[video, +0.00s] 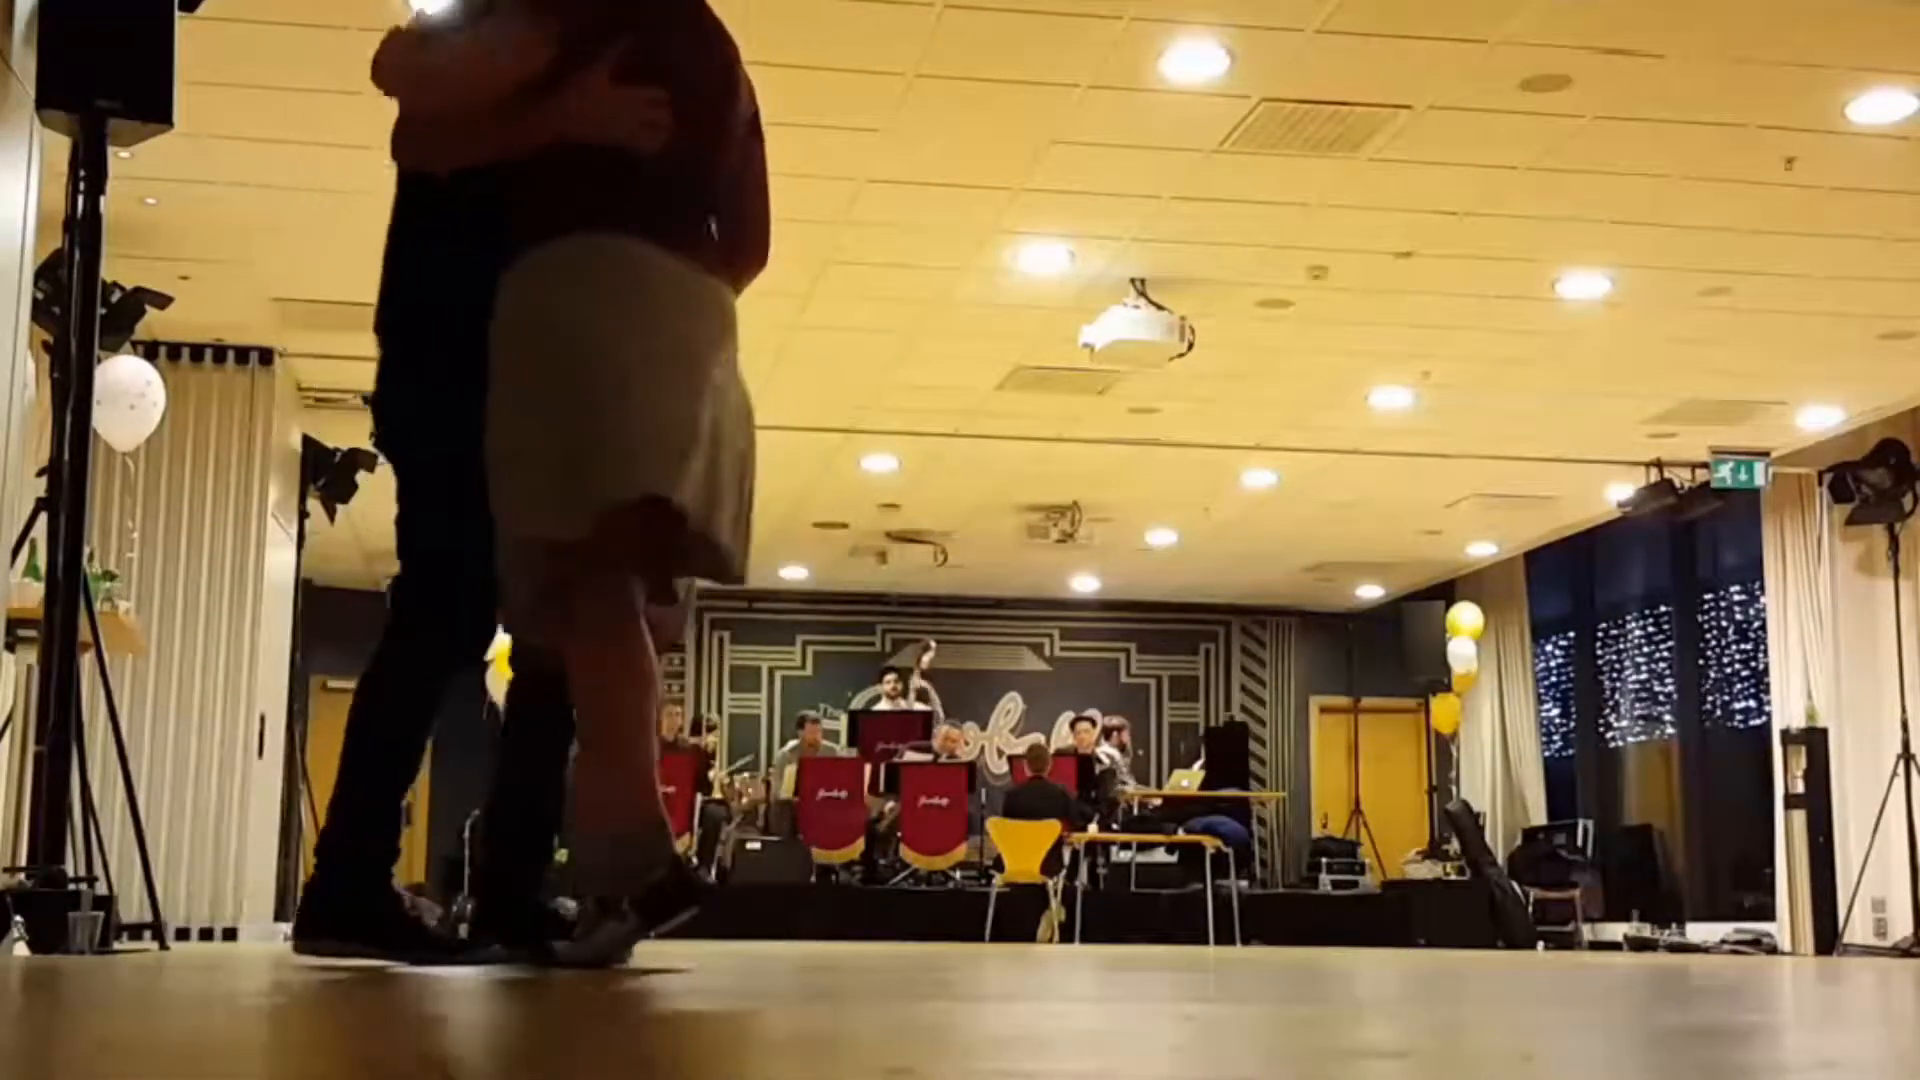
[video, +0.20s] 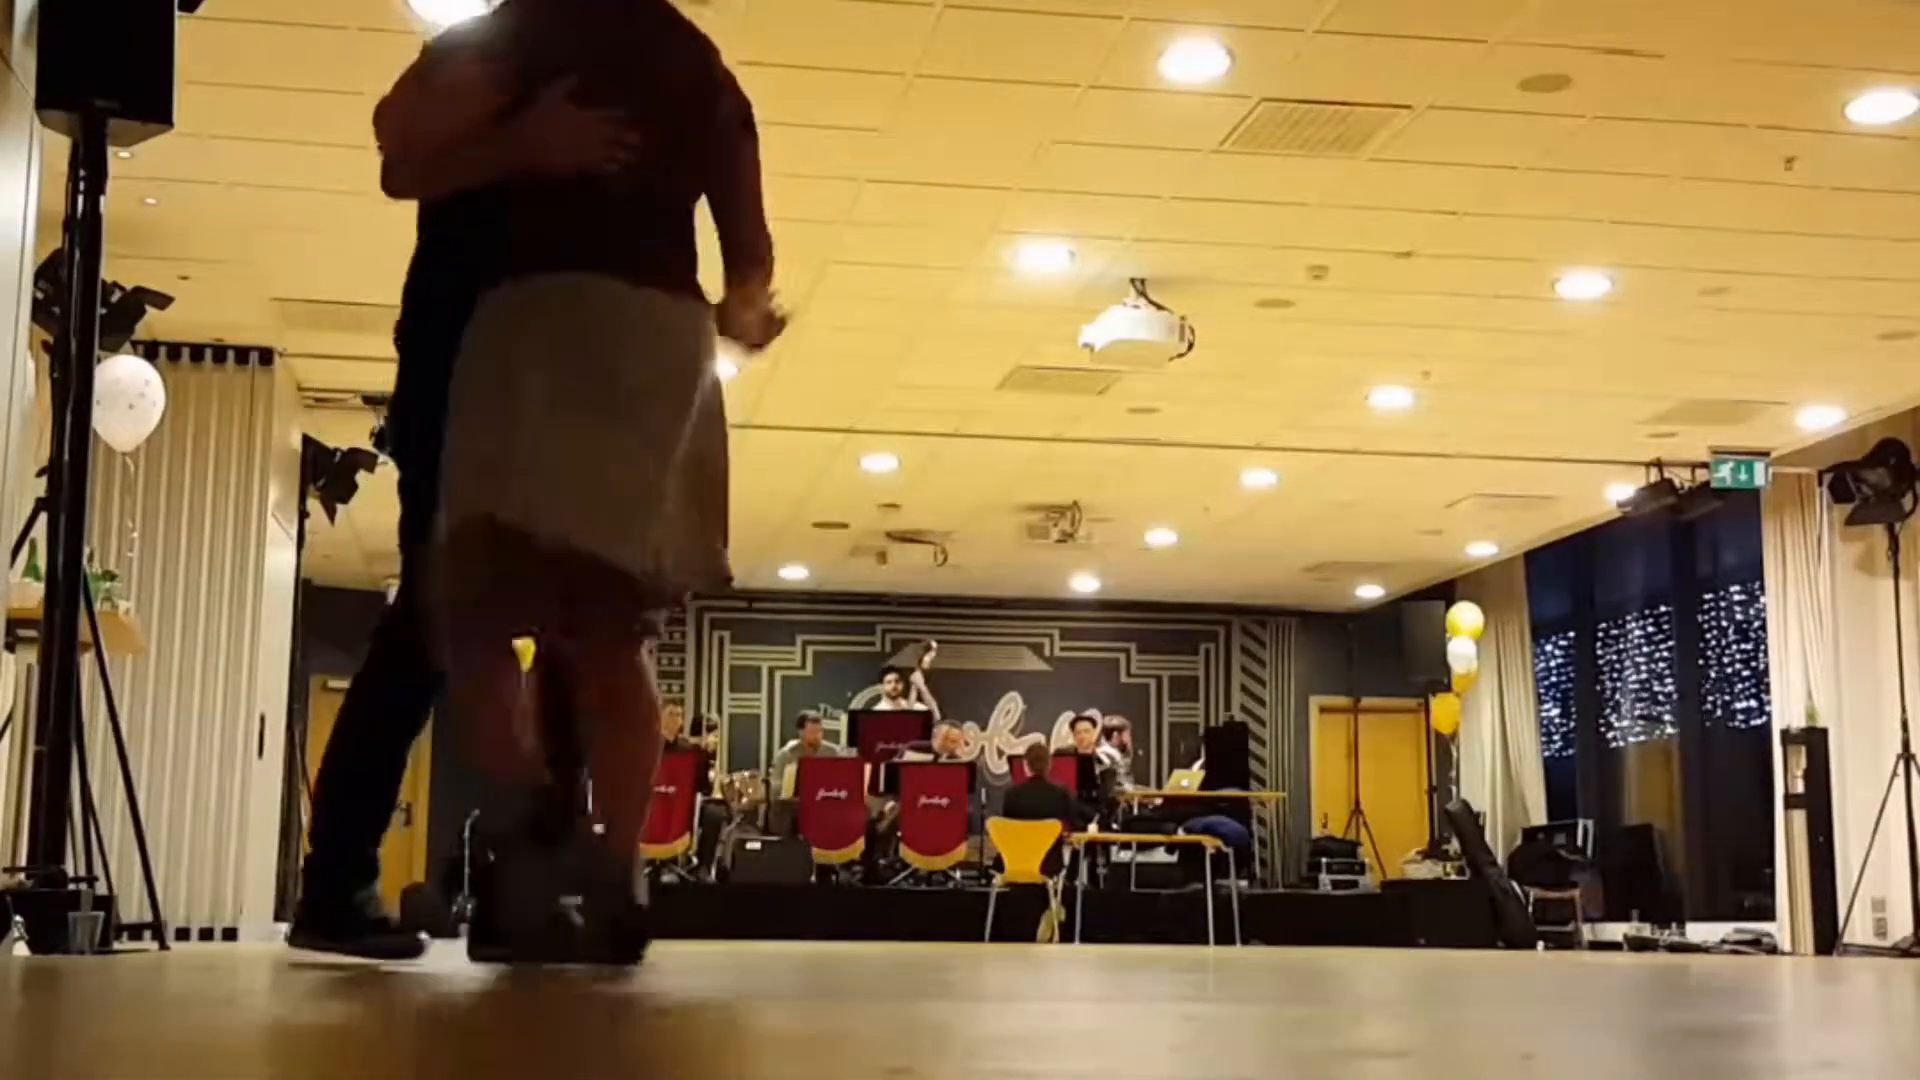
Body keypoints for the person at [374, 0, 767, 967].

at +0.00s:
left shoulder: (559, 13)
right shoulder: (716, 56)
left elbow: (443, 76)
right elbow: (747, 243)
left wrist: (398, 45)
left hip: (581, 292)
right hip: (690, 308)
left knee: (591, 589)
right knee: (618, 593)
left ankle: (638, 856)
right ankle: (618, 865)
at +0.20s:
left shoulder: (513, 28)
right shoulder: (705, 68)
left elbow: (407, 136)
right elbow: (749, 242)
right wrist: (744, 309)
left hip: (536, 315)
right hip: (662, 324)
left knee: (482, 614)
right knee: (609, 632)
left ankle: (523, 850)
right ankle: (617, 893)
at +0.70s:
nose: (607, 28)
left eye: (611, 14)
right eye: (593, 11)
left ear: (613, 28)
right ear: (532, 9)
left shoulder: (635, 147)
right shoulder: (464, 123)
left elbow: (666, 311)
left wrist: (735, 252)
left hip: (589, 435)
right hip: (457, 432)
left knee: (610, 647)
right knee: (457, 656)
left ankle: (565, 876)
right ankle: (451, 892)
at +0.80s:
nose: (599, 30)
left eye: (604, 17)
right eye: (583, 15)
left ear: (615, 34)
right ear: (539, 28)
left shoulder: (645, 164)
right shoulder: (488, 136)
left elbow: (667, 328)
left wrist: (647, 256)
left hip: (586, 418)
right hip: (480, 411)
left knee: (636, 642)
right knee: (467, 643)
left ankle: (574, 879)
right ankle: (442, 880)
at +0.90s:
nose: (605, 26)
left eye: (613, 13)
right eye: (588, 11)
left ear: (627, 31)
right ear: (543, 23)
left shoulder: (659, 161)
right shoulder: (484, 130)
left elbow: (677, 318)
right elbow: (457, 263)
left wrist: (626, 282)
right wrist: (582, 280)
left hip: (603, 439)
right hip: (487, 431)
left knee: (638, 649)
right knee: (470, 659)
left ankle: (578, 867)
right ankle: (451, 890)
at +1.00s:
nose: (610, 23)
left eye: (620, 10)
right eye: (591, 7)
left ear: (639, 28)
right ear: (551, 21)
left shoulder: (677, 158)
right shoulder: (484, 129)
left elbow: (690, 309)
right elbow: (429, 232)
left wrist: (619, 276)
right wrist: (550, 259)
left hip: (618, 441)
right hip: (500, 431)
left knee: (629, 664)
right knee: (478, 659)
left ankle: (590, 880)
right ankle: (454, 892)